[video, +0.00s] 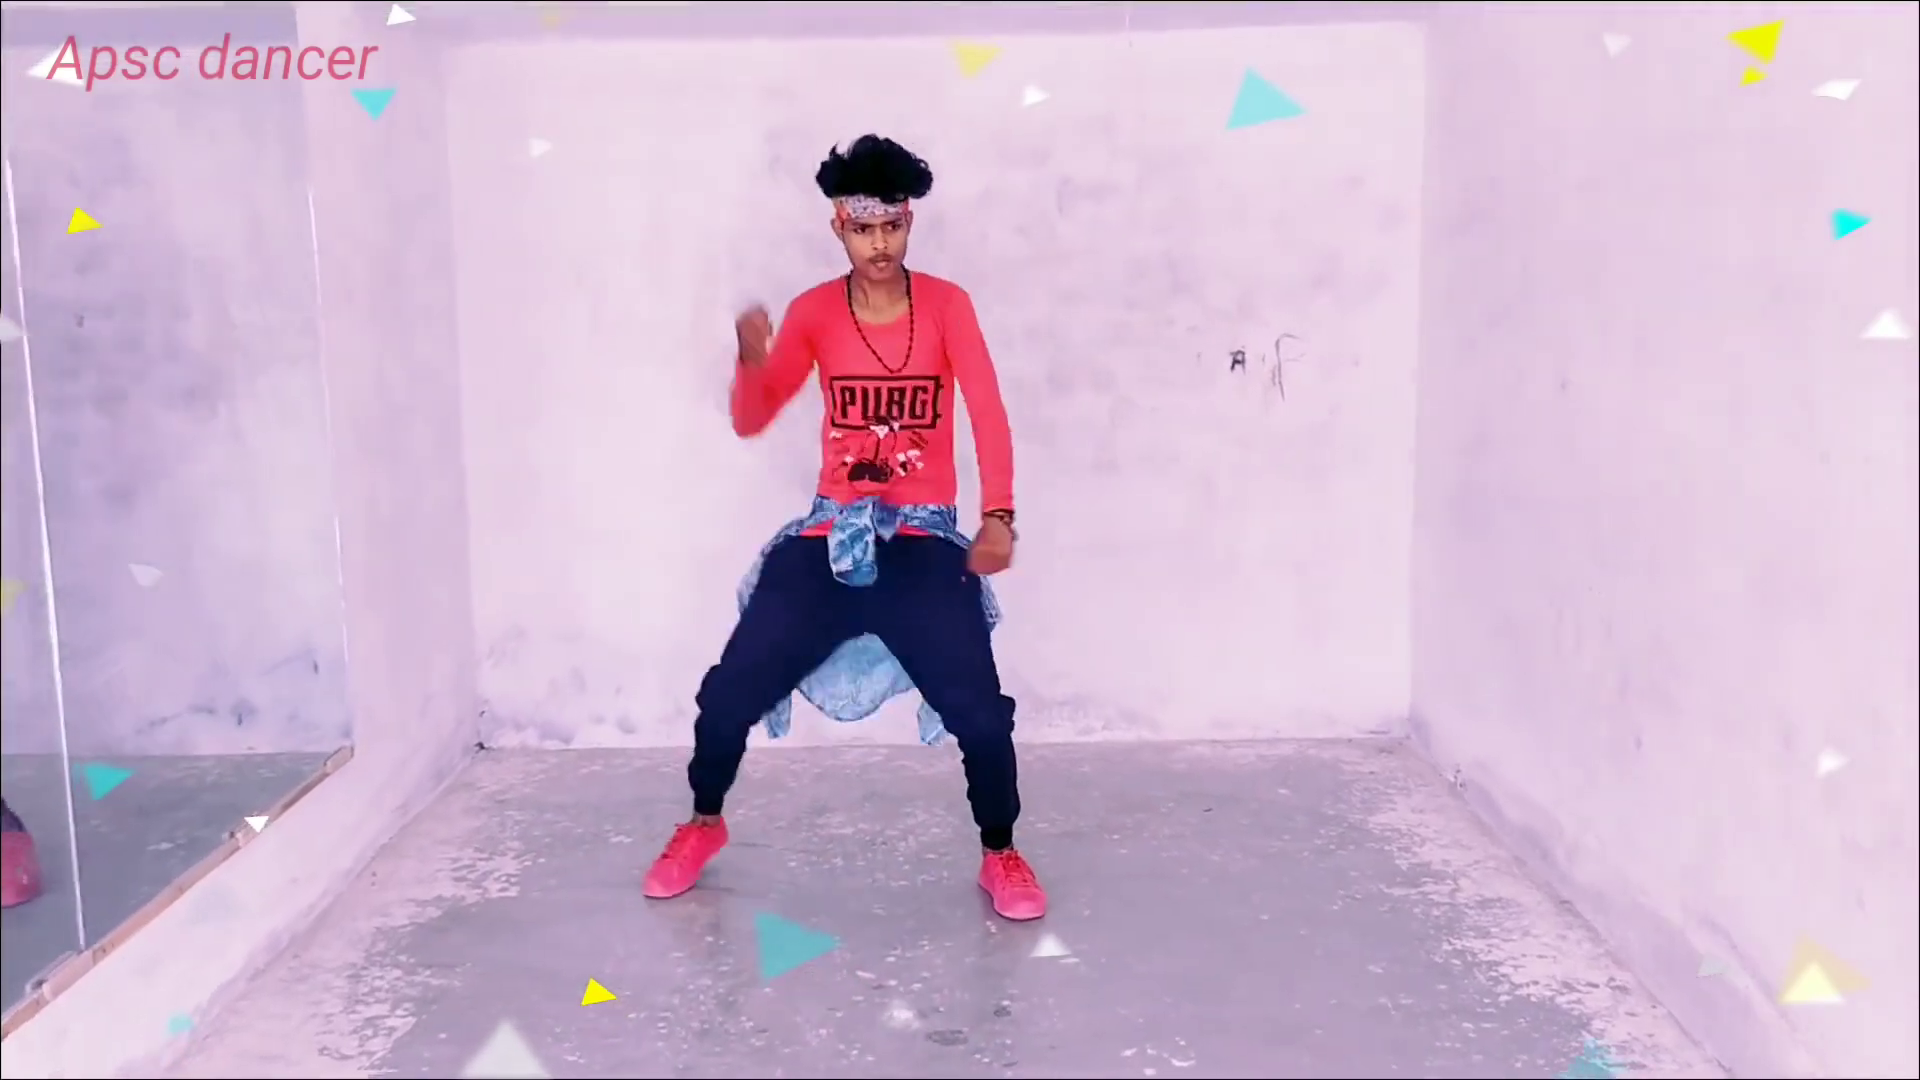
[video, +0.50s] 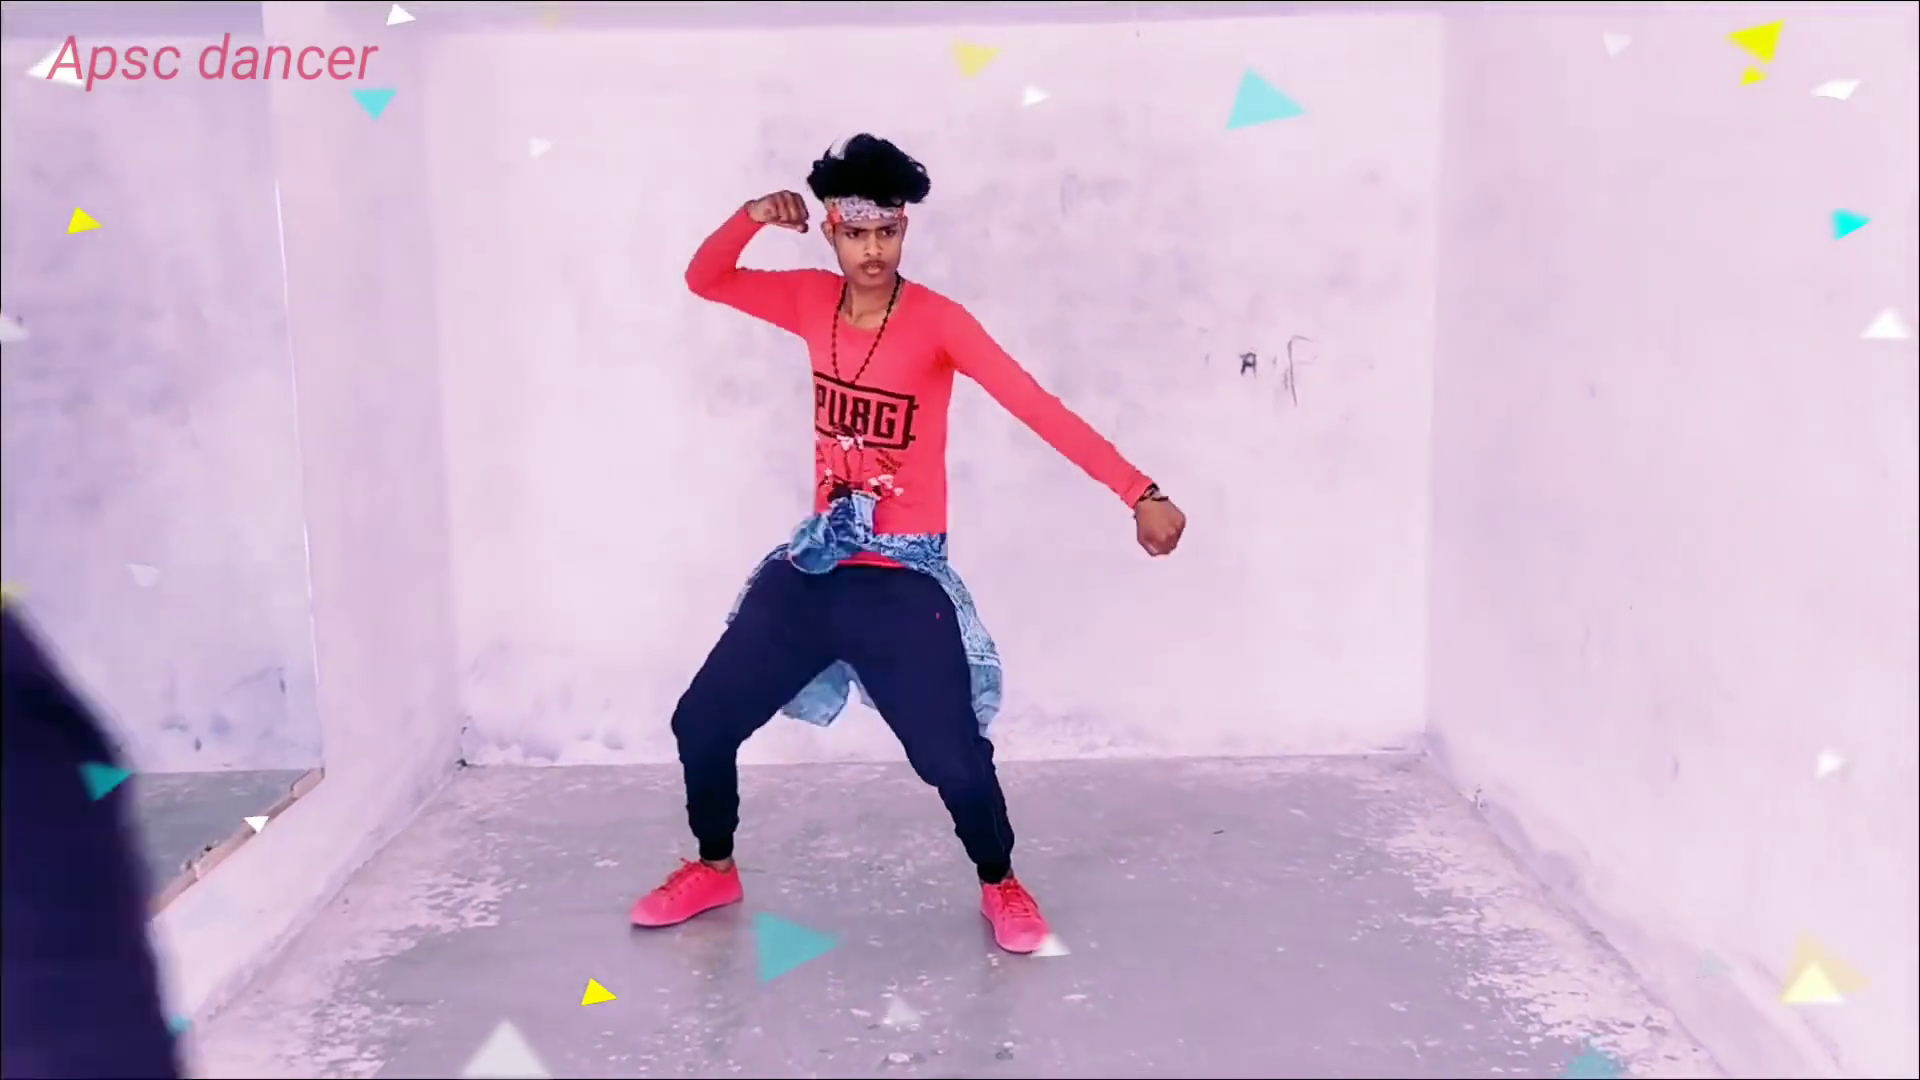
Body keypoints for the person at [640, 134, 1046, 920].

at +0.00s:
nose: (881, 244)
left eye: (893, 226)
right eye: (863, 228)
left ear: (912, 226)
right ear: (839, 230)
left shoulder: (946, 307)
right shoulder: (812, 313)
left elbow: (986, 410)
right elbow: (750, 421)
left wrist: (997, 515)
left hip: (923, 546)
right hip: (826, 543)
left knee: (982, 717)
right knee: (723, 702)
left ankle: (1001, 855)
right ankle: (704, 824)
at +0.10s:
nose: (878, 223)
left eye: (891, 204)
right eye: (860, 205)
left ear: (912, 203)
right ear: (837, 208)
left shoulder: (951, 291)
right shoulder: (813, 284)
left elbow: (1028, 384)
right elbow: (699, 290)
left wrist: (1098, 489)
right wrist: (742, 223)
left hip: (930, 545)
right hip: (837, 536)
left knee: (972, 716)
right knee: (716, 657)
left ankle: (1001, 857)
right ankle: (709, 814)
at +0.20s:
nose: (878, 226)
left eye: (892, 208)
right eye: (861, 209)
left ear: (910, 210)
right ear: (832, 210)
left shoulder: (944, 301)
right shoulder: (816, 283)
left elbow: (1048, 375)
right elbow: (750, 228)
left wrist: (1151, 452)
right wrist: (796, 177)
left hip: (932, 549)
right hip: (841, 543)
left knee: (967, 714)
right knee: (724, 668)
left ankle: (1000, 863)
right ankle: (720, 830)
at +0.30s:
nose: (878, 239)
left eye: (893, 221)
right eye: (861, 222)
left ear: (912, 220)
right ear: (833, 220)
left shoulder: (947, 313)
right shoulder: (815, 293)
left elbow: (1046, 392)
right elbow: (735, 236)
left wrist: (1150, 470)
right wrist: (804, 190)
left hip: (927, 562)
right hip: (834, 556)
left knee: (970, 731)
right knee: (727, 704)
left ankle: (1000, 871)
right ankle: (720, 852)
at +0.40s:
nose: (878, 247)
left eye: (892, 229)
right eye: (860, 230)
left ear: (913, 228)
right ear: (835, 230)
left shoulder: (945, 317)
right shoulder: (815, 296)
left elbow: (1032, 407)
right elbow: (699, 277)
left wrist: (1116, 500)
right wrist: (771, 204)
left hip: (911, 570)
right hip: (819, 560)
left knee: (959, 748)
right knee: (709, 718)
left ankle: (1000, 881)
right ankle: (714, 861)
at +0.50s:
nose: (872, 251)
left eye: (887, 231)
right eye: (854, 233)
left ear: (906, 230)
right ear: (828, 231)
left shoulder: (938, 322)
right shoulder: (810, 302)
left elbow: (1036, 407)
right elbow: (706, 279)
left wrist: (1140, 492)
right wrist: (750, 217)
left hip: (904, 579)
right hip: (812, 569)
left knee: (955, 760)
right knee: (701, 725)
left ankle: (1001, 886)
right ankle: (714, 868)